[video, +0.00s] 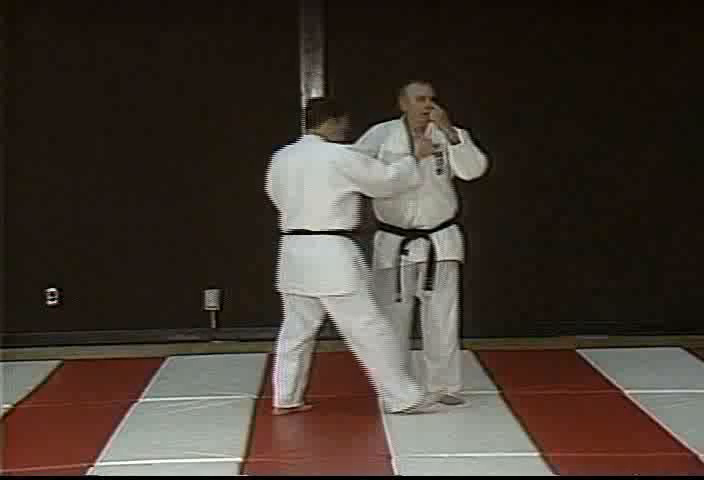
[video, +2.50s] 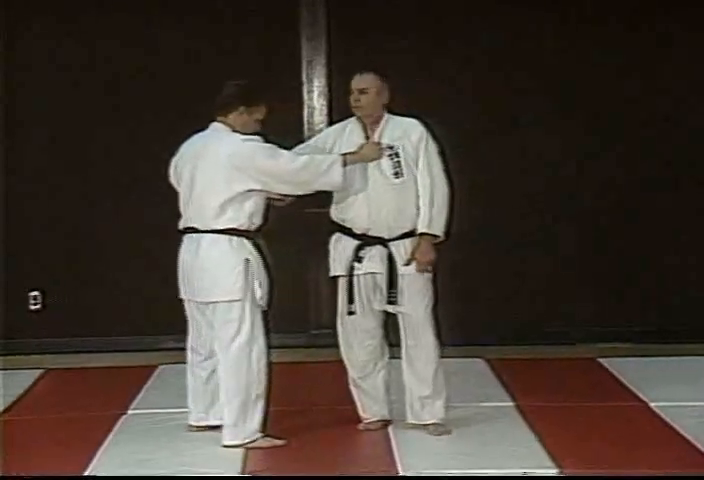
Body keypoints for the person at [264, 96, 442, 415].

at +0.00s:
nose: (347, 127)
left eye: (345, 120)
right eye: (343, 121)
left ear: (311, 123)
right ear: (330, 123)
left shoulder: (281, 158)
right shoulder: (341, 157)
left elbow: (274, 192)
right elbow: (384, 181)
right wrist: (415, 160)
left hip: (293, 250)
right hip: (334, 249)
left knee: (296, 329)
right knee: (366, 325)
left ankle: (285, 398)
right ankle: (400, 397)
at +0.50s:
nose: (308, 123)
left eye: (308, 117)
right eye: (304, 117)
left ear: (273, 118)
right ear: (287, 116)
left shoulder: (241, 150)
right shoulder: (295, 152)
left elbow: (231, 182)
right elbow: (343, 169)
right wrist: (393, 155)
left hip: (248, 245)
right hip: (282, 246)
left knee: (264, 328)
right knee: (295, 328)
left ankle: (275, 396)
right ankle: (267, 403)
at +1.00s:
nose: (283, 124)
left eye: (284, 117)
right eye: (277, 117)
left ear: (248, 117)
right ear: (254, 115)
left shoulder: (214, 153)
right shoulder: (269, 151)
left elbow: (208, 189)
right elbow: (316, 169)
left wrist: (277, 196)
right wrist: (362, 155)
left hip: (219, 250)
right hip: (252, 252)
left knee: (234, 338)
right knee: (252, 342)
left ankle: (223, 409)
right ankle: (243, 425)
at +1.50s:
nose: (262, 118)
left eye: (263, 111)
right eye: (256, 111)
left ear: (231, 114)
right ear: (233, 111)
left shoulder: (198, 148)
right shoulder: (248, 150)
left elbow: (189, 182)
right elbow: (299, 169)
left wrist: (266, 193)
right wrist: (359, 157)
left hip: (201, 251)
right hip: (235, 254)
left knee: (215, 339)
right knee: (251, 342)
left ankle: (214, 411)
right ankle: (242, 424)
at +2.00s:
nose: (262, 114)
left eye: (262, 107)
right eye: (256, 108)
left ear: (229, 112)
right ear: (232, 108)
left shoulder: (195, 148)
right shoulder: (250, 146)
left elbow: (190, 185)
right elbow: (301, 167)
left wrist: (269, 196)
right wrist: (358, 156)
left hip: (203, 249)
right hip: (239, 251)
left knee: (214, 340)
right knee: (244, 344)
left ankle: (214, 415)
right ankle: (240, 429)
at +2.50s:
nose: (260, 125)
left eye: (261, 118)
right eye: (257, 117)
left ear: (226, 113)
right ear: (238, 113)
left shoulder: (191, 146)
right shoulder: (243, 149)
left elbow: (176, 177)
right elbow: (295, 168)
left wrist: (255, 189)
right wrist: (355, 157)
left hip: (192, 251)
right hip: (229, 254)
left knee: (201, 342)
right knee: (240, 345)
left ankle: (203, 414)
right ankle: (241, 431)